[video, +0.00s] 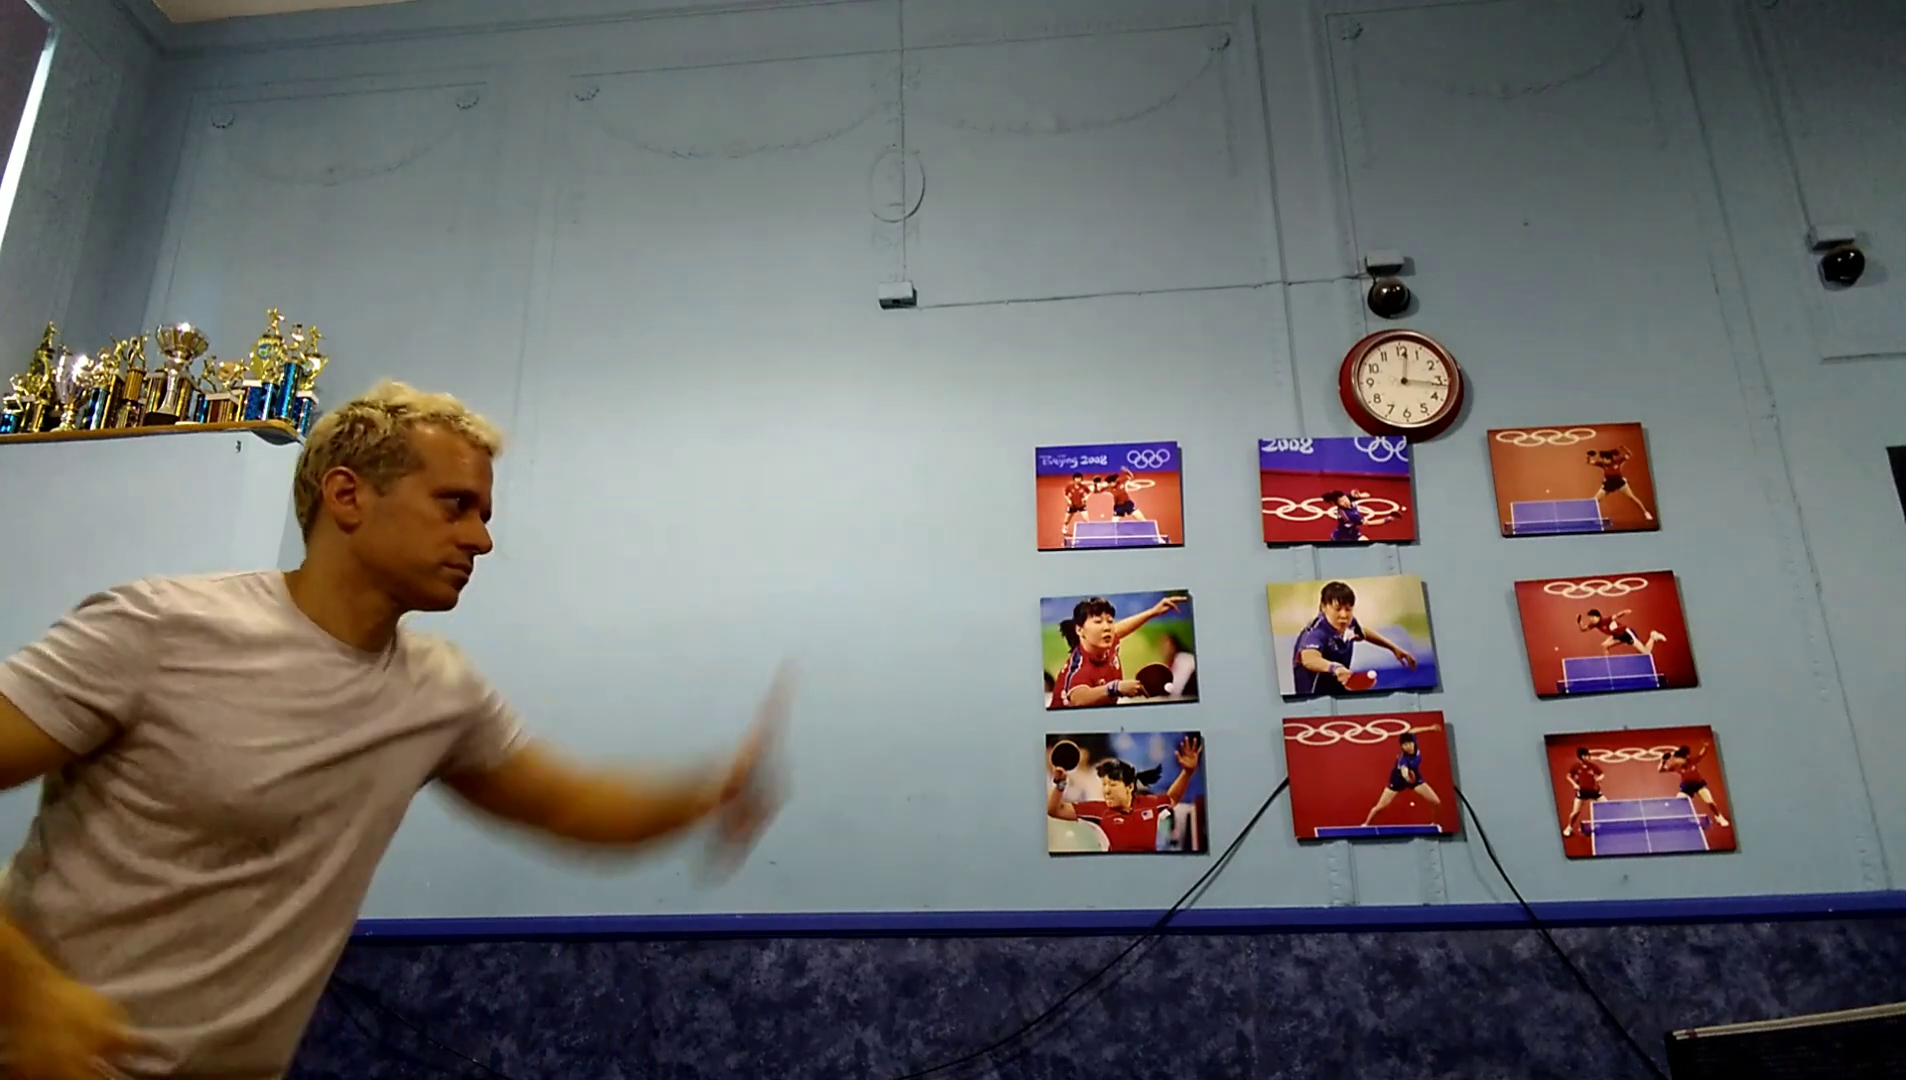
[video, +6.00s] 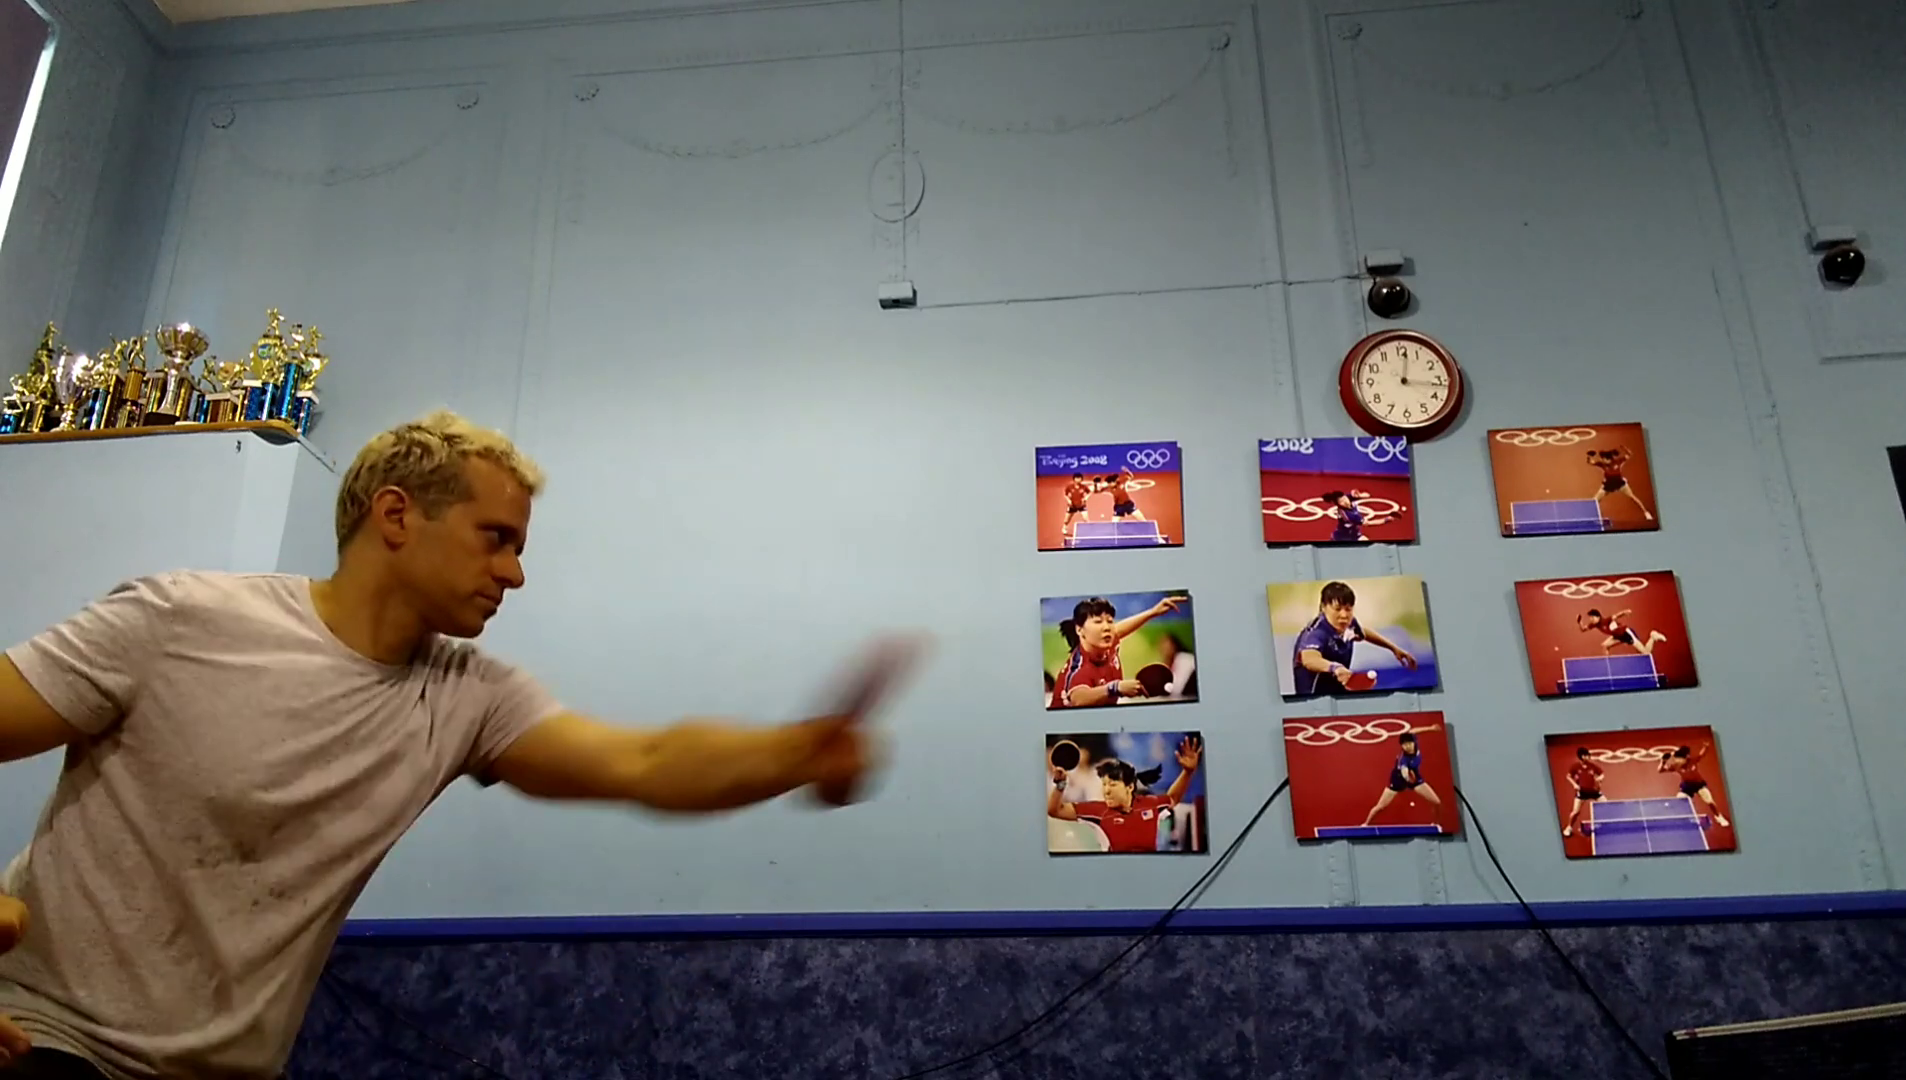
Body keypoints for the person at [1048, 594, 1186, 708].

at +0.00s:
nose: (1107, 628)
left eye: (1110, 622)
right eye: (1098, 622)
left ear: (1114, 625)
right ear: (1080, 630)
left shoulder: (1109, 644)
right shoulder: (1079, 666)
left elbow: (1120, 629)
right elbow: (1078, 698)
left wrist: (1154, 612)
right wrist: (1115, 687)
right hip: (1069, 729)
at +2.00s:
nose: (1107, 628)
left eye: (1110, 622)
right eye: (1098, 622)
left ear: (1114, 626)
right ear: (1080, 630)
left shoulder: (1109, 644)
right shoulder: (1079, 666)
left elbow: (1119, 630)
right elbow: (1078, 698)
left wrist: (1154, 612)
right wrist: (1115, 687)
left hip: (1102, 724)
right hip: (1070, 729)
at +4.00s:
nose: (1107, 628)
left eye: (1110, 622)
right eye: (1098, 622)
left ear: (1114, 626)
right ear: (1080, 630)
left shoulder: (1109, 644)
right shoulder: (1078, 666)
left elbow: (1120, 629)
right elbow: (1078, 698)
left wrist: (1154, 611)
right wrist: (1115, 687)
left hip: (1102, 724)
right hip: (1069, 729)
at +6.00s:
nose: (1107, 628)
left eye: (1109, 622)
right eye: (1098, 622)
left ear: (1114, 626)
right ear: (1080, 630)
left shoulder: (1109, 645)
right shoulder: (1079, 666)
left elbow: (1119, 630)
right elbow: (1078, 698)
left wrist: (1154, 612)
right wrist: (1115, 687)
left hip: (1103, 724)